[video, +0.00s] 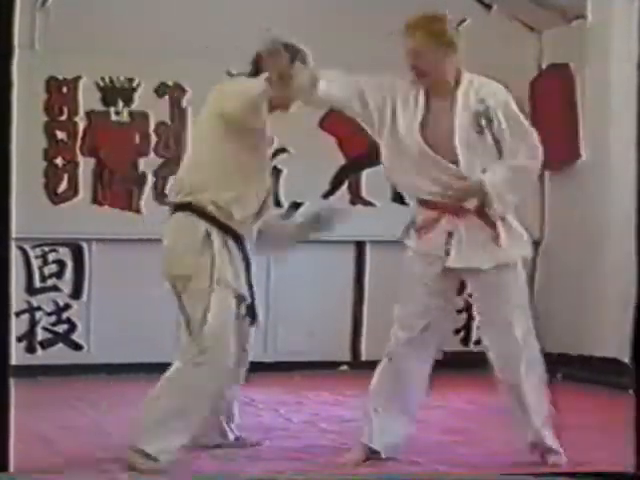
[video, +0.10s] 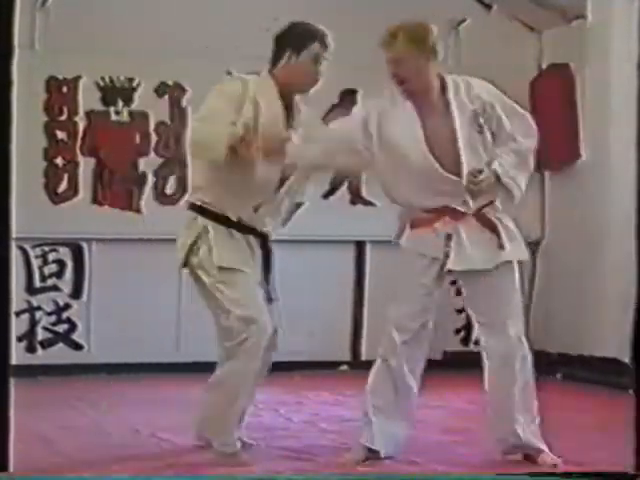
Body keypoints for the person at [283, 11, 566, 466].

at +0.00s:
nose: (413, 71)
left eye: (421, 63)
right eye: (410, 63)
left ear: (450, 56)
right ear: (407, 59)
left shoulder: (489, 98)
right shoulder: (397, 97)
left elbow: (528, 156)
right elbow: (344, 90)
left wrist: (482, 188)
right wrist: (295, 80)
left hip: (491, 235)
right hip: (431, 233)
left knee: (513, 341)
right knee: (408, 338)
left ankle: (544, 440)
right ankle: (378, 442)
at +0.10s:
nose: (396, 75)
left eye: (403, 66)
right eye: (391, 67)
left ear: (430, 60)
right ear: (387, 66)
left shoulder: (474, 95)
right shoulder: (378, 115)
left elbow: (524, 134)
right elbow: (330, 146)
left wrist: (498, 181)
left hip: (485, 229)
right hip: (421, 233)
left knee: (507, 340)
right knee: (401, 339)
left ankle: (521, 439)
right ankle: (379, 443)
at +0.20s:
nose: (381, 95)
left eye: (387, 84)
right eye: (375, 86)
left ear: (413, 77)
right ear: (370, 86)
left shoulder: (460, 98)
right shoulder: (367, 134)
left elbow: (512, 126)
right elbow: (317, 172)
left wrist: (498, 186)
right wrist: (275, 191)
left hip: (483, 227)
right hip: (421, 235)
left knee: (506, 338)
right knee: (400, 335)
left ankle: (525, 439)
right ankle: (376, 440)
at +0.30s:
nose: (361, 143)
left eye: (367, 133)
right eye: (355, 135)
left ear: (388, 123)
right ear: (350, 133)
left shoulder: (438, 117)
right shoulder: (351, 169)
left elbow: (500, 124)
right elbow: (310, 206)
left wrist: (489, 194)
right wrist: (262, 231)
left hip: (479, 230)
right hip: (416, 242)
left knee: (508, 339)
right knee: (401, 340)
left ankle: (527, 440)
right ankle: (376, 442)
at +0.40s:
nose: (357, 192)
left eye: (358, 181)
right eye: (345, 189)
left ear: (373, 158)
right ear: (335, 186)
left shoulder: (416, 134)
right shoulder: (337, 205)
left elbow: (488, 127)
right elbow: (289, 227)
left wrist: (482, 201)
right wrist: (254, 238)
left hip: (477, 230)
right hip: (409, 250)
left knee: (509, 339)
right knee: (400, 343)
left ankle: (529, 442)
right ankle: (376, 442)